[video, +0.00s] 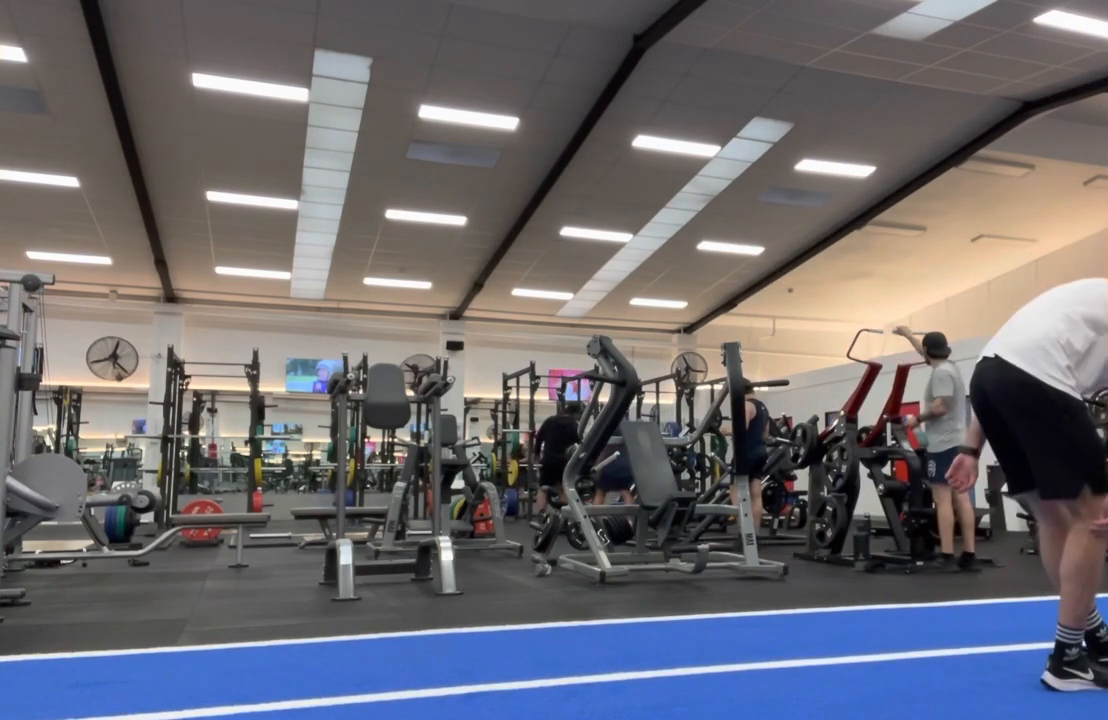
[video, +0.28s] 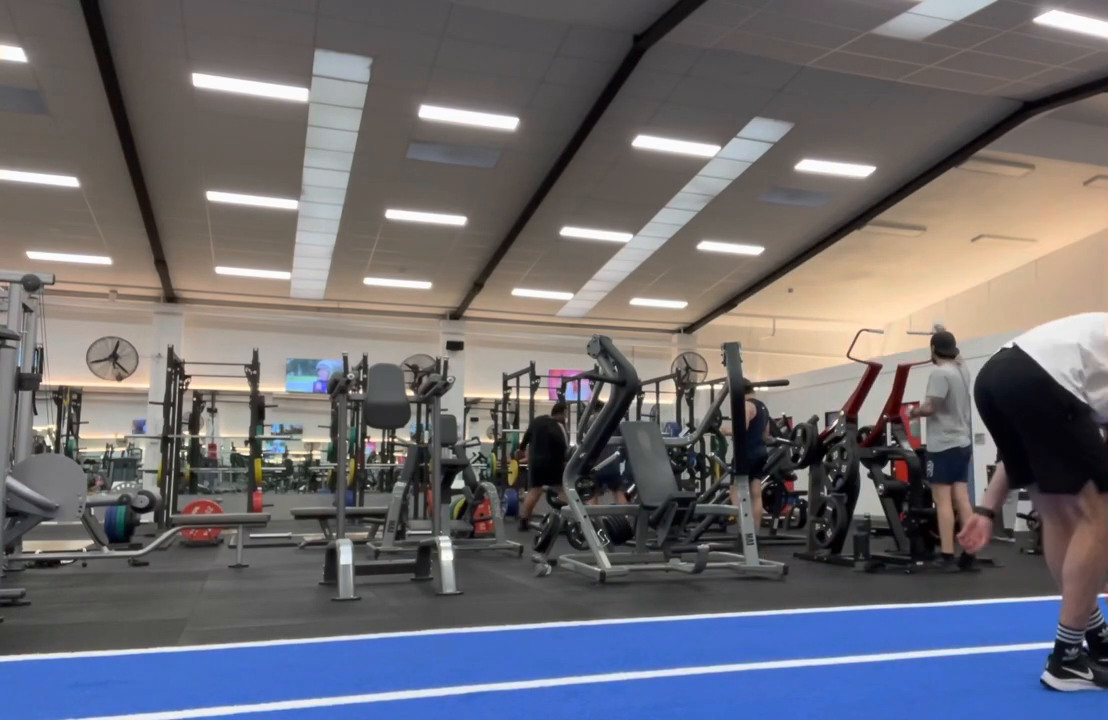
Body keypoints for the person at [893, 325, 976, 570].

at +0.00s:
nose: (923, 352)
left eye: (924, 349)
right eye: (925, 349)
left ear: (926, 353)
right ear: (946, 349)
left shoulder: (941, 372)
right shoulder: (951, 368)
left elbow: (941, 407)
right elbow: (925, 352)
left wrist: (917, 418)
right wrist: (907, 334)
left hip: (940, 447)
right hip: (956, 443)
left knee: (942, 500)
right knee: (962, 498)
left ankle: (947, 554)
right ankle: (969, 553)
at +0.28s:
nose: (931, 353)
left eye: (931, 350)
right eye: (934, 349)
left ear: (933, 351)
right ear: (954, 350)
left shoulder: (939, 374)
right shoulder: (961, 371)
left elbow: (932, 406)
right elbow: (956, 353)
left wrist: (915, 411)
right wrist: (943, 336)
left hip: (942, 446)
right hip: (962, 443)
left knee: (943, 501)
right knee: (962, 498)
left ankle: (947, 554)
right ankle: (970, 550)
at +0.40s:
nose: (932, 353)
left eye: (932, 350)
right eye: (935, 349)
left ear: (935, 351)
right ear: (956, 350)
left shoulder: (939, 374)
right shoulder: (965, 372)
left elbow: (929, 405)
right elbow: (954, 403)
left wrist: (915, 407)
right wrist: (924, 405)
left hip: (942, 447)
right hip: (963, 445)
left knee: (943, 502)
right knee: (962, 500)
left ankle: (947, 554)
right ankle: (969, 552)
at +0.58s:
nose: (934, 355)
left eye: (934, 351)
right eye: (936, 351)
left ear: (937, 352)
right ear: (958, 352)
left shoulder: (939, 374)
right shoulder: (971, 377)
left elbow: (920, 401)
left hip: (941, 447)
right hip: (964, 445)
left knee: (942, 501)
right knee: (962, 499)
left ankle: (947, 554)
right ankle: (969, 552)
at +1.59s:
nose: (933, 352)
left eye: (934, 348)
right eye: (936, 348)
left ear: (936, 350)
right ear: (957, 350)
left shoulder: (939, 374)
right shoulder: (965, 375)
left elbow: (928, 405)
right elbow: (958, 404)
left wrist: (920, 405)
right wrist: (927, 405)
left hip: (940, 447)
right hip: (962, 446)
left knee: (941, 502)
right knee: (962, 500)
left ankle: (947, 554)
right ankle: (969, 553)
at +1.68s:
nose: (932, 352)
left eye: (933, 348)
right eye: (934, 348)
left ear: (936, 351)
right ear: (956, 350)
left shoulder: (939, 374)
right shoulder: (963, 373)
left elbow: (932, 407)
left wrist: (918, 409)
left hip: (941, 447)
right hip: (962, 446)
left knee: (941, 501)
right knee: (962, 498)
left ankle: (947, 554)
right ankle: (969, 552)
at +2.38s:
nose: (933, 350)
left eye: (934, 347)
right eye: (934, 346)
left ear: (940, 351)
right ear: (955, 351)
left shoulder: (944, 375)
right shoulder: (962, 372)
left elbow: (936, 409)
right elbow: (953, 355)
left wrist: (917, 410)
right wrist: (938, 338)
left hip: (943, 447)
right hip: (961, 445)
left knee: (941, 501)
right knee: (962, 499)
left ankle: (947, 555)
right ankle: (969, 553)